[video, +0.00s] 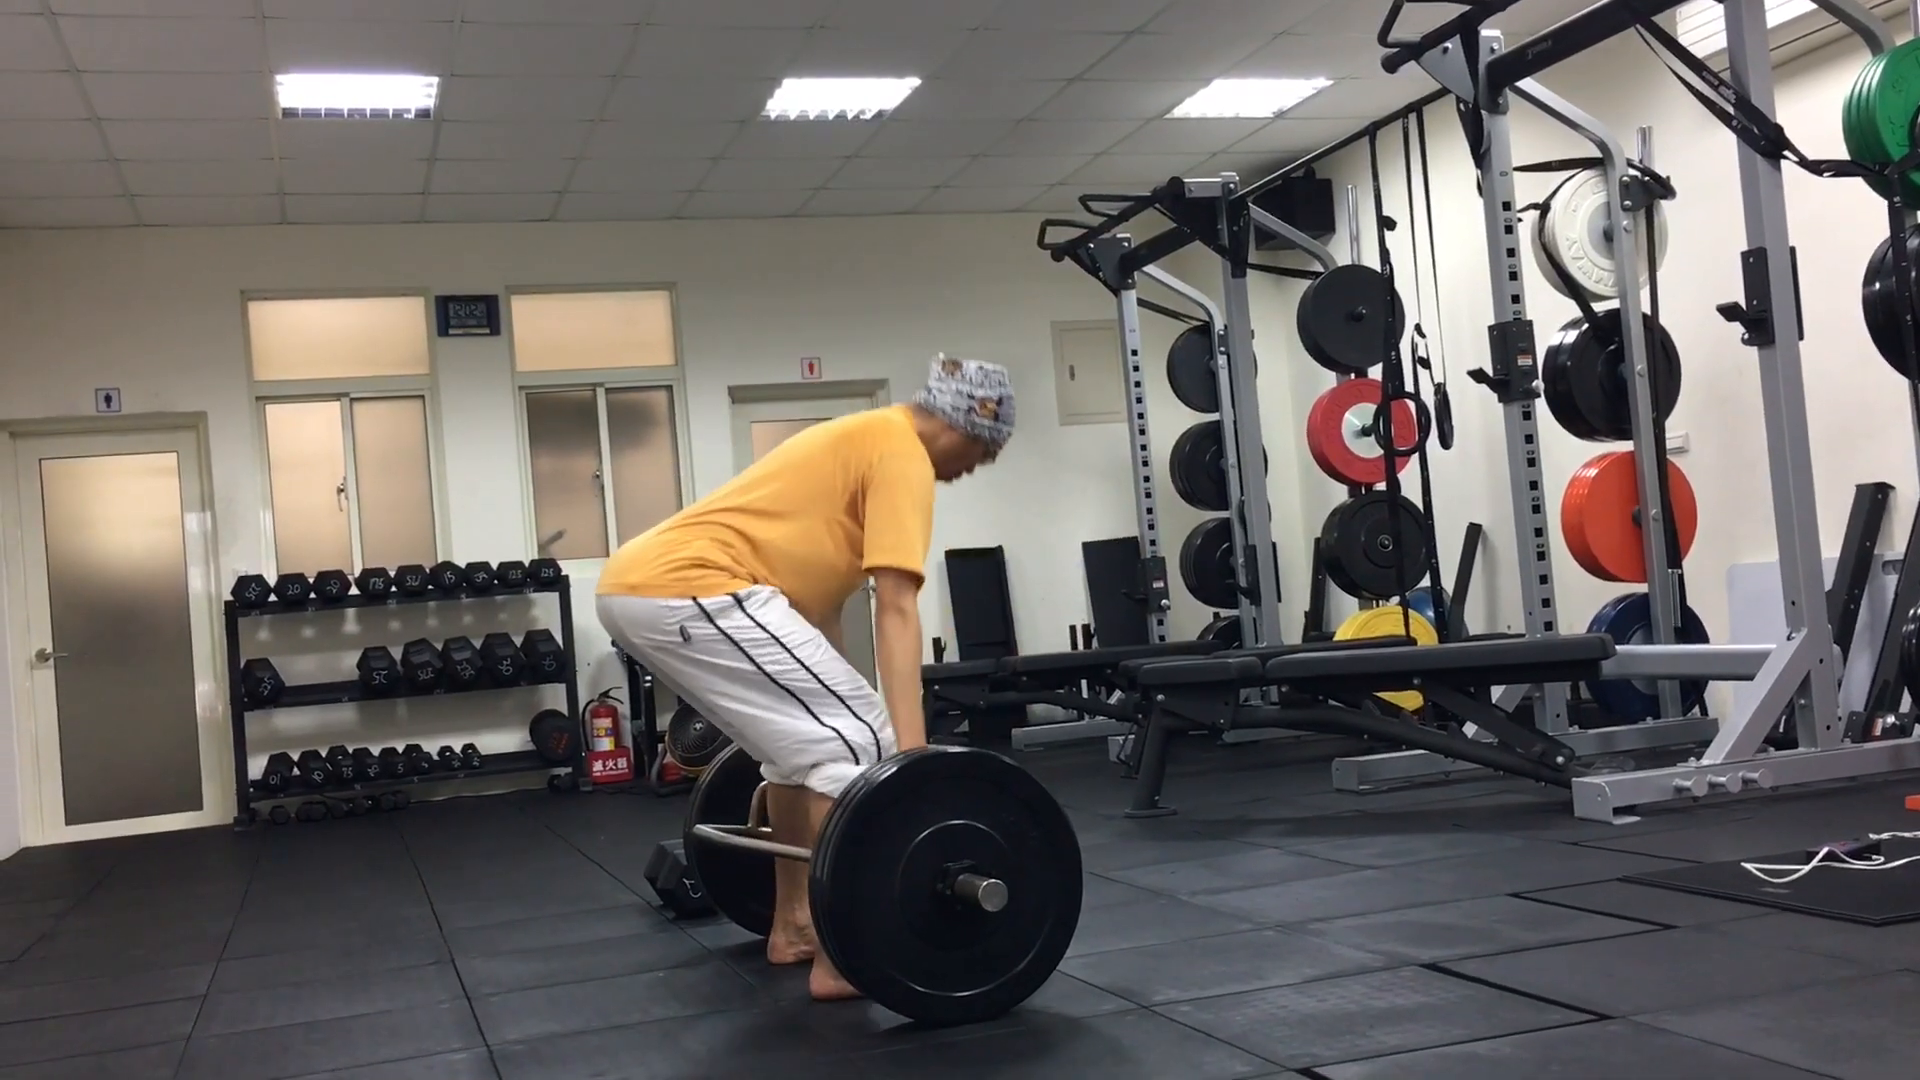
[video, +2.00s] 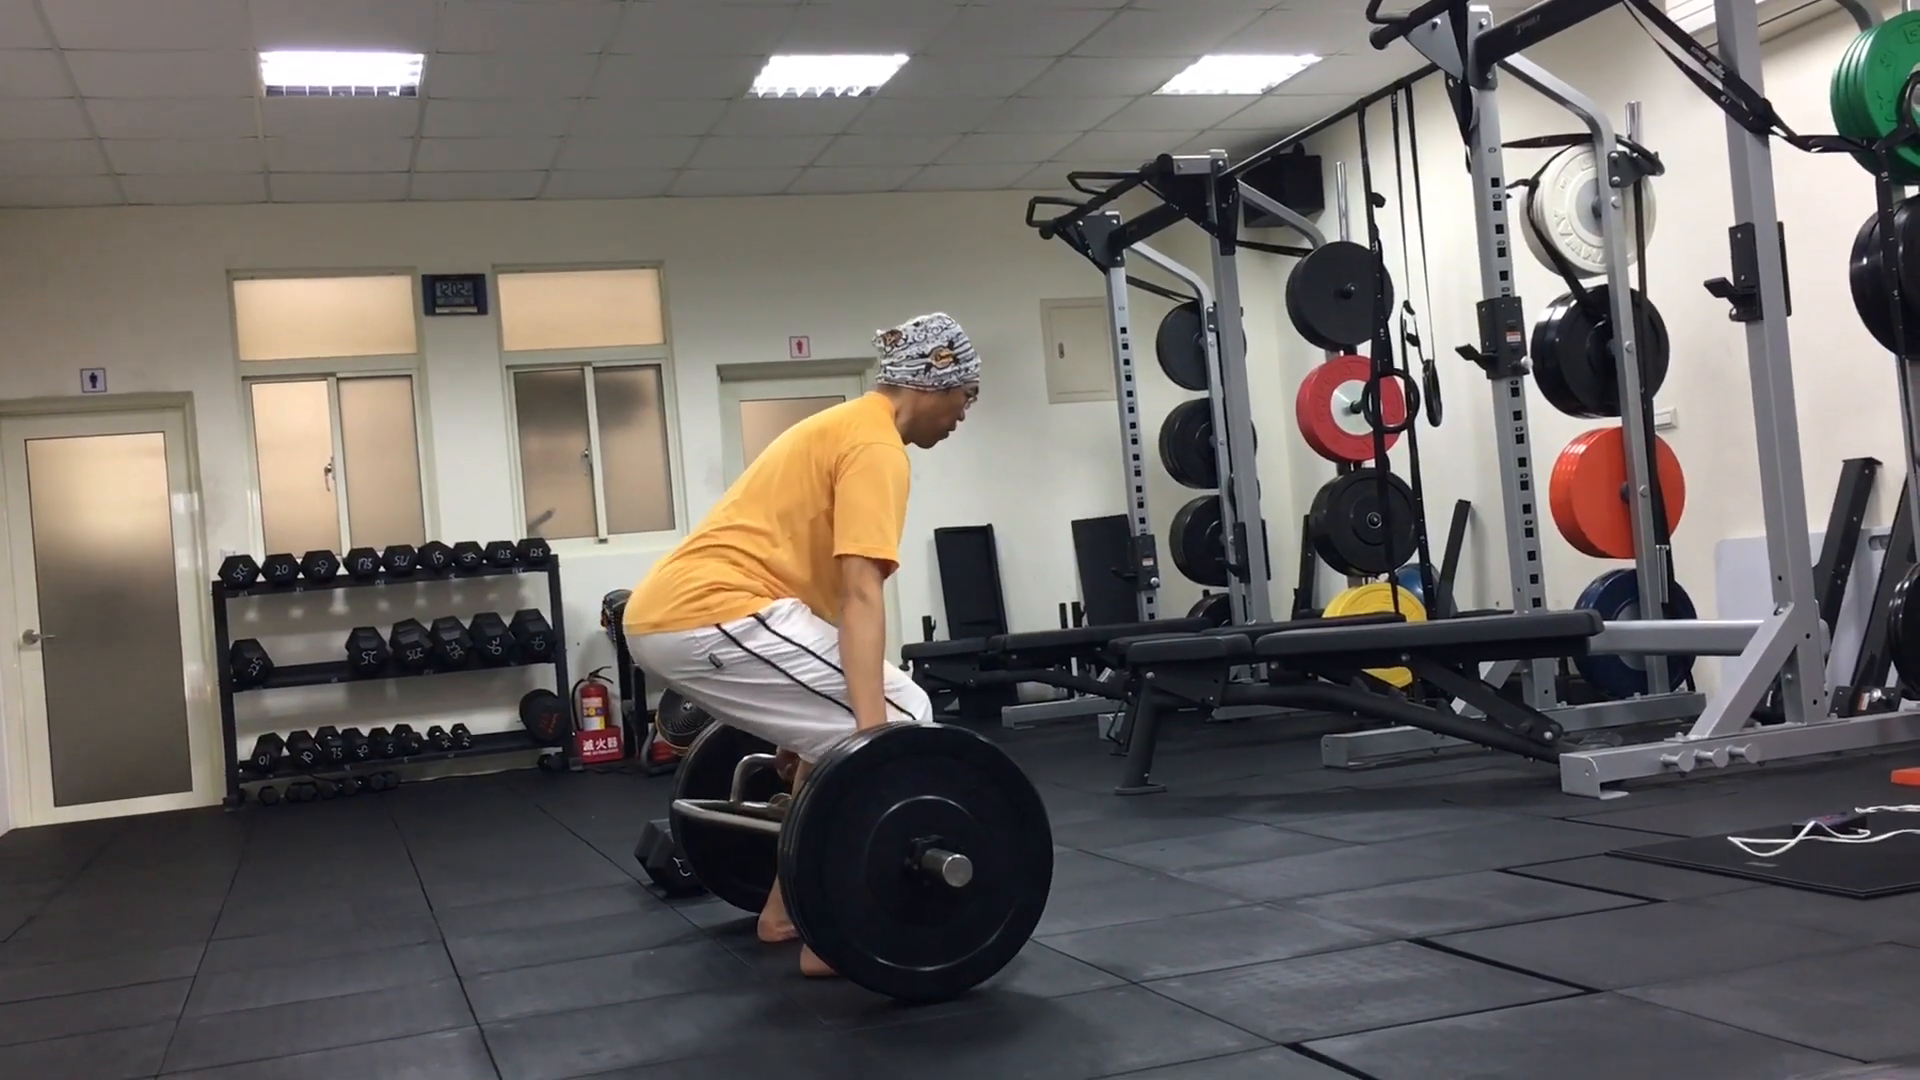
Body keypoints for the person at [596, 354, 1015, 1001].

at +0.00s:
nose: (975, 470)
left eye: (986, 459)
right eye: (983, 454)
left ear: (937, 406)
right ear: (966, 423)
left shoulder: (854, 443)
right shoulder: (901, 450)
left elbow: (818, 612)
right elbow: (896, 603)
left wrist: (848, 712)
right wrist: (913, 754)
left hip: (641, 589)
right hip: (695, 590)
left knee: (797, 743)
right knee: (856, 735)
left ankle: (793, 925)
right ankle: (840, 957)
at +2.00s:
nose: (961, 419)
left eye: (967, 405)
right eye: (962, 401)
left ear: (907, 382)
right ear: (926, 384)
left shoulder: (841, 428)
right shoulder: (874, 442)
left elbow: (825, 588)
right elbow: (859, 593)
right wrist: (872, 733)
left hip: (672, 613)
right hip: (717, 613)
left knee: (859, 713)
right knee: (904, 714)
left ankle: (785, 904)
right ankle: (838, 934)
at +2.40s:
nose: (957, 324)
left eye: (962, 309)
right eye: (957, 306)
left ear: (895, 288)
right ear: (926, 291)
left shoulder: (836, 337)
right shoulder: (869, 347)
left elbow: (819, 498)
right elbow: (850, 495)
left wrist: (827, 616)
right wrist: (858, 635)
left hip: (684, 535)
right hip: (728, 536)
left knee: (814, 708)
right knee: (853, 708)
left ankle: (787, 900)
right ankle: (834, 930)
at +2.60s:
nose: (924, 229)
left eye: (930, 213)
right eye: (926, 210)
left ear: (866, 191)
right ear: (895, 193)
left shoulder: (805, 253)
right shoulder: (844, 258)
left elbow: (778, 407)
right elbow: (837, 403)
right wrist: (852, 544)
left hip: (704, 500)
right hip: (753, 503)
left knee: (774, 707)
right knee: (829, 700)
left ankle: (783, 899)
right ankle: (832, 929)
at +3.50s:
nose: (928, 311)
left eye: (934, 294)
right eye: (930, 291)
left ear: (873, 270)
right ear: (900, 273)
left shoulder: (804, 330)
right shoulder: (848, 333)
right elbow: (852, 480)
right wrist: (879, 623)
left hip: (701, 565)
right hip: (747, 566)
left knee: (821, 738)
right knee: (881, 731)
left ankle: (794, 930)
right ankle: (842, 961)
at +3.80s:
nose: (957, 406)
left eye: (962, 391)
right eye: (958, 388)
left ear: (898, 372)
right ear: (926, 374)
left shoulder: (835, 425)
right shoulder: (873, 434)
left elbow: (858, 588)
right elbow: (876, 589)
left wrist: (882, 705)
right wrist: (900, 727)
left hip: (700, 637)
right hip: (745, 636)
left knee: (869, 747)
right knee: (914, 747)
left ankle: (805, 930)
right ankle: (853, 962)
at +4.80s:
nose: (970, 297)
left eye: (974, 279)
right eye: (970, 276)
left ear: (911, 258)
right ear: (940, 263)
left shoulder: (850, 321)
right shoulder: (880, 327)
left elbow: (839, 483)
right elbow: (869, 476)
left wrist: (863, 622)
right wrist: (881, 625)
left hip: (736, 548)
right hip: (772, 550)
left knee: (837, 729)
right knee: (880, 728)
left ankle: (812, 933)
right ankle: (857, 964)